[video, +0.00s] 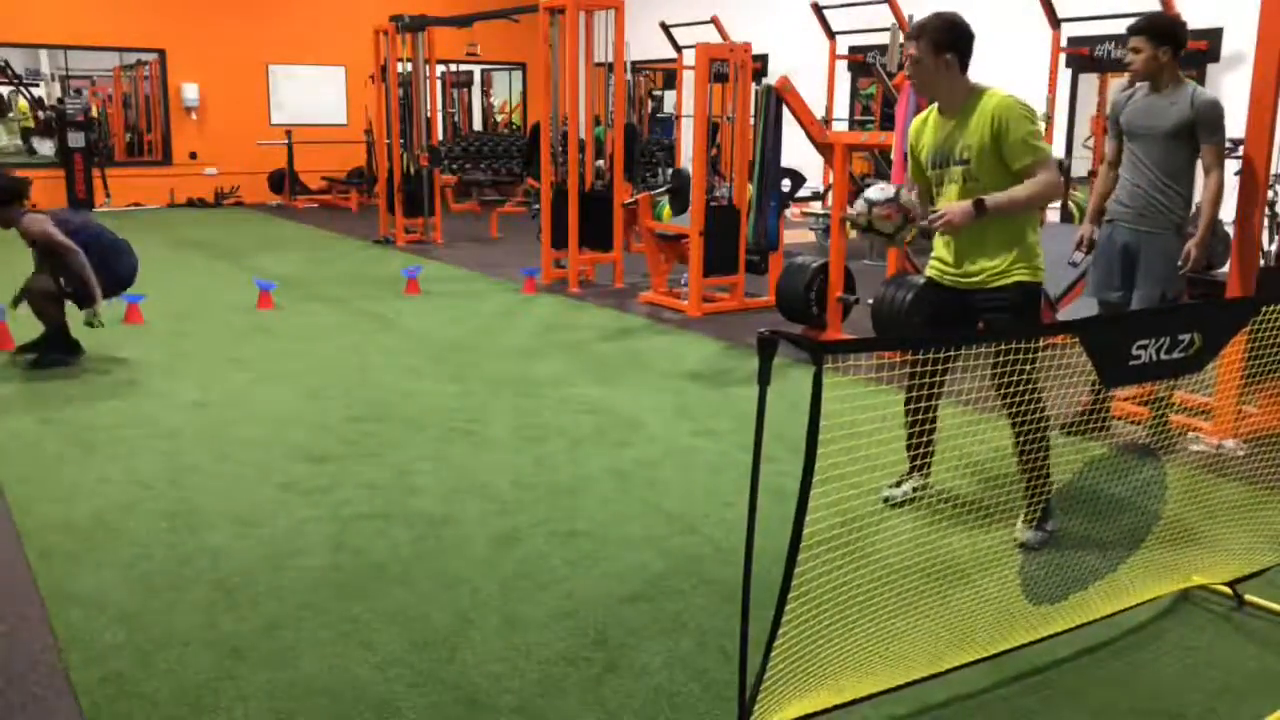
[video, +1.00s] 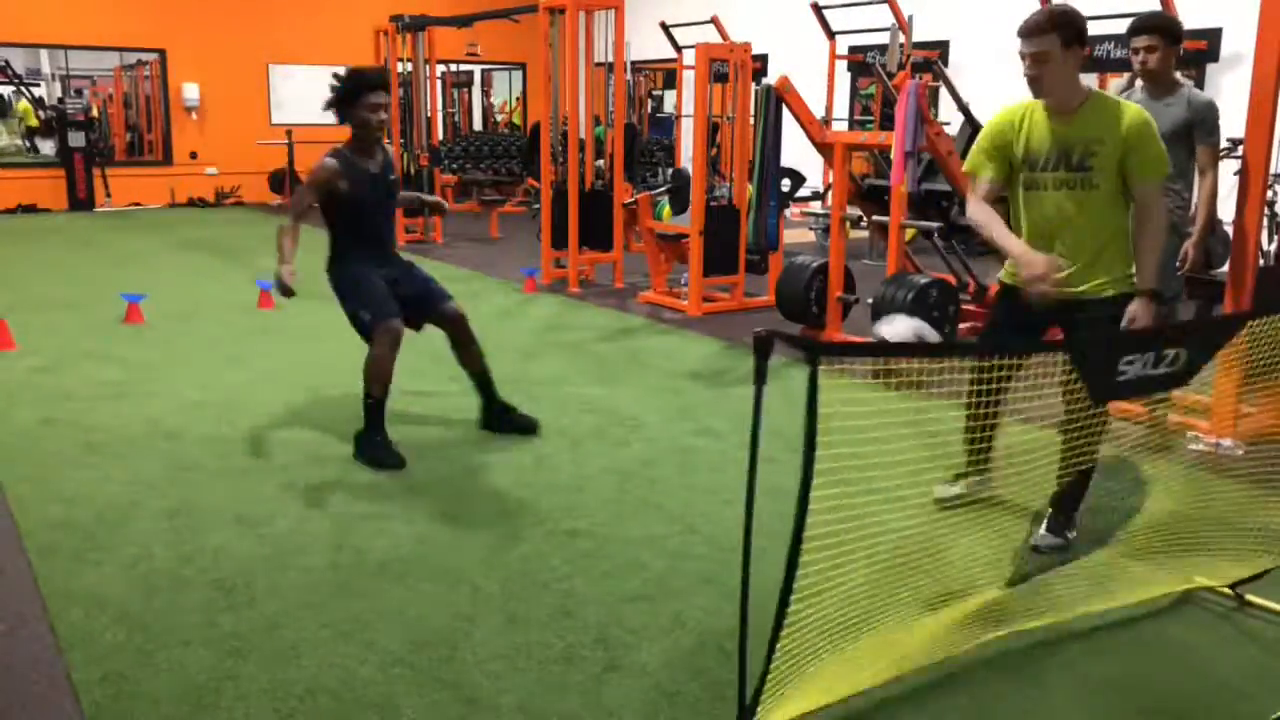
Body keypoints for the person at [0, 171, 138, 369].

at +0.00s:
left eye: (0, 209)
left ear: (8, 205)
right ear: (20, 201)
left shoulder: (30, 224)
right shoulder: (36, 219)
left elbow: (75, 253)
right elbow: (43, 269)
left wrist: (95, 300)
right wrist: (23, 294)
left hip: (114, 271)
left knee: (37, 288)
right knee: (39, 284)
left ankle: (62, 343)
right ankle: (55, 335)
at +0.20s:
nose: (5, 169)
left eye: (7, 161)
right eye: (4, 162)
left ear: (21, 156)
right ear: (27, 155)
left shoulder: (48, 177)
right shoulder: (44, 178)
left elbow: (104, 185)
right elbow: (97, 197)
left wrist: (152, 209)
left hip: (103, 254)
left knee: (30, 295)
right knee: (43, 291)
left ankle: (60, 346)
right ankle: (48, 333)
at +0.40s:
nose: (71, 104)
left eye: (79, 96)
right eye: (64, 97)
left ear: (93, 100)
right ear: (55, 102)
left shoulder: (111, 135)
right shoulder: (65, 140)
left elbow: (153, 173)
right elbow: (74, 165)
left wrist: (152, 226)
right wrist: (73, 192)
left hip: (144, 218)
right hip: (115, 216)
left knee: (91, 286)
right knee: (67, 275)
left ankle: (140, 333)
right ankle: (80, 335)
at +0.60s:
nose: (172, 104)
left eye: (180, 97)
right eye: (165, 96)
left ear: (189, 104)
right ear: (150, 102)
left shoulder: (206, 153)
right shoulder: (137, 149)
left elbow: (204, 208)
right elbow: (115, 194)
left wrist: (147, 221)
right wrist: (115, 213)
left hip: (196, 238)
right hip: (150, 240)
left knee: (224, 297)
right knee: (120, 311)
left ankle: (231, 389)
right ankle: (87, 367)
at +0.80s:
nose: (270, 77)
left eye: (274, 69)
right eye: (260, 69)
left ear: (281, 73)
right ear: (239, 76)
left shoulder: (298, 120)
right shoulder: (222, 129)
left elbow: (320, 163)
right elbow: (189, 178)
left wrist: (331, 191)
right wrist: (168, 234)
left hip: (292, 225)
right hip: (247, 229)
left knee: (321, 295)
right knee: (252, 304)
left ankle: (279, 374)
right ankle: (233, 389)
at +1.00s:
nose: (380, 117)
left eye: (384, 109)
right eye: (371, 109)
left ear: (388, 112)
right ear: (348, 115)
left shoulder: (384, 156)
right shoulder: (332, 168)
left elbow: (382, 200)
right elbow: (290, 218)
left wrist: (422, 200)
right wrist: (285, 266)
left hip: (390, 262)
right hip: (353, 268)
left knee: (454, 317)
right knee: (388, 331)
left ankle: (493, 407)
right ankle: (372, 435)